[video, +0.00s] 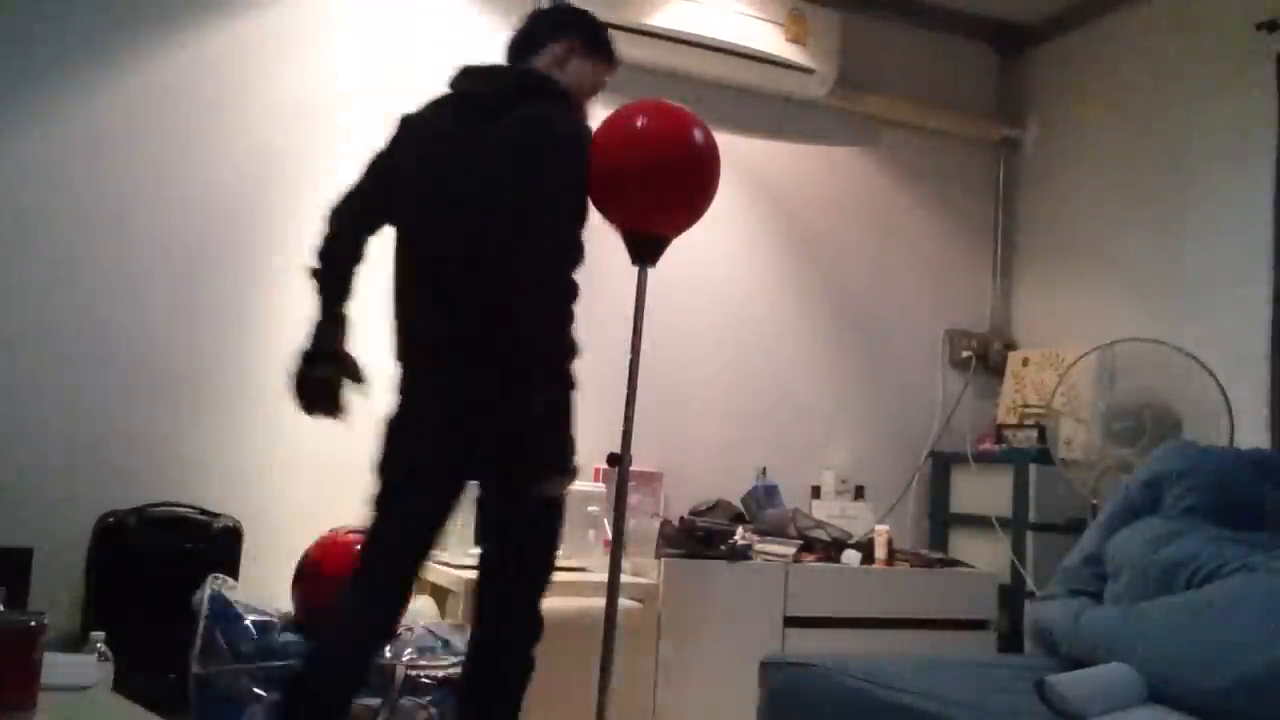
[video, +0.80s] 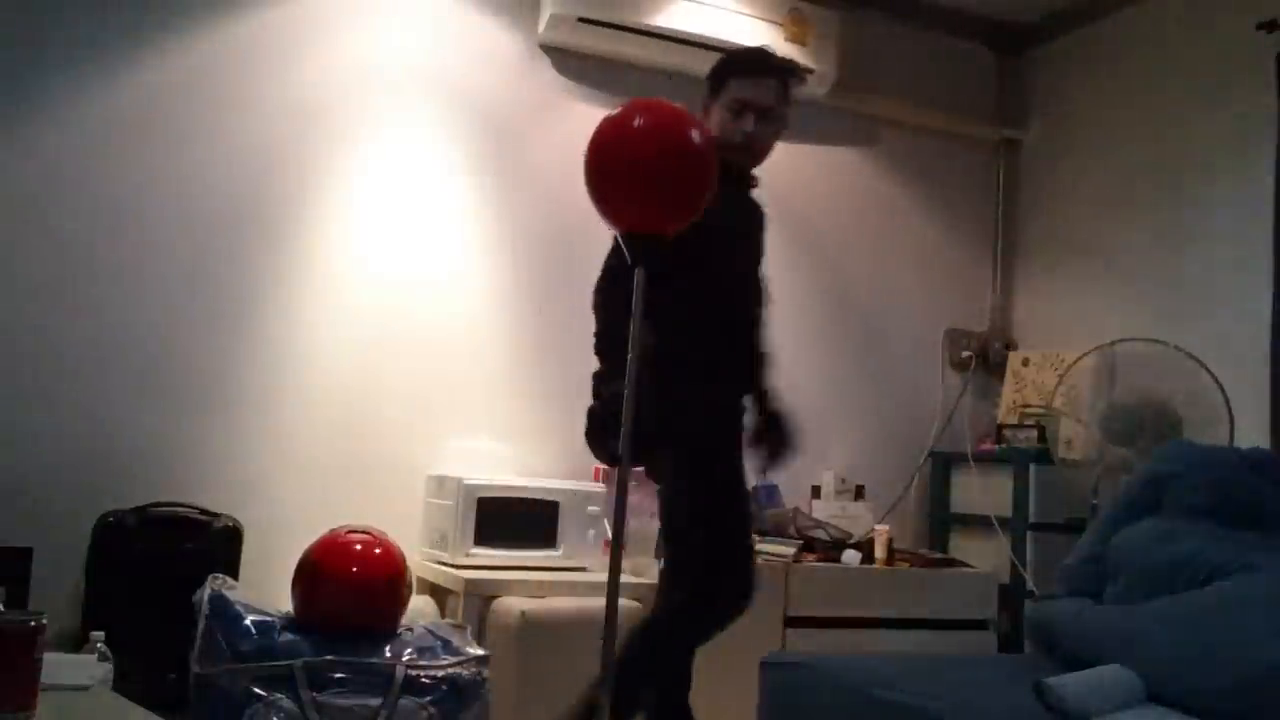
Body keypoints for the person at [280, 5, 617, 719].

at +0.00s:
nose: (589, 103)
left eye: (597, 88)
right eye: (592, 82)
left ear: (526, 55)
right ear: (563, 54)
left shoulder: (433, 123)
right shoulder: (565, 135)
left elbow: (348, 222)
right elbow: (644, 245)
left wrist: (328, 334)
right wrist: (653, 202)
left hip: (430, 392)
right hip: (529, 401)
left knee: (376, 591)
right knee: (509, 616)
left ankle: (312, 707)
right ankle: (484, 715)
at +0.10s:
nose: (625, 102)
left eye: (631, 88)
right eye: (622, 83)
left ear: (561, 64)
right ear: (582, 61)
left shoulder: (468, 134)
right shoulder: (588, 140)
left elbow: (392, 244)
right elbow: (649, 248)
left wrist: (376, 356)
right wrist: (662, 161)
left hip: (468, 402)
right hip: (554, 406)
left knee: (460, 575)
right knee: (522, 609)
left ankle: (365, 705)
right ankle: (490, 716)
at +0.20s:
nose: (650, 101)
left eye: (656, 88)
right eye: (647, 83)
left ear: (585, 68)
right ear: (601, 63)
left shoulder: (501, 142)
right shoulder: (598, 133)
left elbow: (429, 252)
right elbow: (649, 249)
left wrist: (419, 363)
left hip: (503, 386)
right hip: (569, 389)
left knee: (531, 581)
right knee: (542, 587)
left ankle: (464, 708)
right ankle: (482, 711)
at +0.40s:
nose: (694, 115)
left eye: (701, 103)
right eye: (682, 93)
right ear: (633, 80)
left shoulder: (640, 165)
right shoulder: (588, 150)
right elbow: (509, 272)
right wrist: (492, 383)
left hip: (619, 392)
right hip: (574, 390)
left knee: (568, 581)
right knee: (603, 578)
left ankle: (499, 709)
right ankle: (624, 709)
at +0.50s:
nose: (709, 125)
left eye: (720, 113)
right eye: (699, 104)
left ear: (720, 119)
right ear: (656, 94)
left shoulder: (664, 181)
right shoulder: (625, 169)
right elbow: (578, 285)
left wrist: (673, 355)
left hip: (641, 398)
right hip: (611, 397)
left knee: (581, 584)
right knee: (650, 583)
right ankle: (651, 713)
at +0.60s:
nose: (728, 133)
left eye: (741, 121)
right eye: (716, 112)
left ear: (746, 128)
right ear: (676, 102)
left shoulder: (684, 204)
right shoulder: (647, 199)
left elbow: (680, 321)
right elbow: (600, 308)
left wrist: (700, 356)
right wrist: (704, 359)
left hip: (670, 422)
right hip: (638, 423)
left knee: (676, 593)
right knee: (643, 590)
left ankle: (669, 716)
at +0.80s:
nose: (751, 129)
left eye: (767, 117)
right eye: (739, 111)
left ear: (779, 128)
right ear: (705, 111)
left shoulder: (743, 210)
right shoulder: (674, 192)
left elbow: (744, 322)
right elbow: (615, 293)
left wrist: (764, 404)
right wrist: (612, 395)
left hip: (714, 408)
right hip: (670, 405)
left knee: (690, 579)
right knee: (722, 583)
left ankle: (668, 711)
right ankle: (608, 703)